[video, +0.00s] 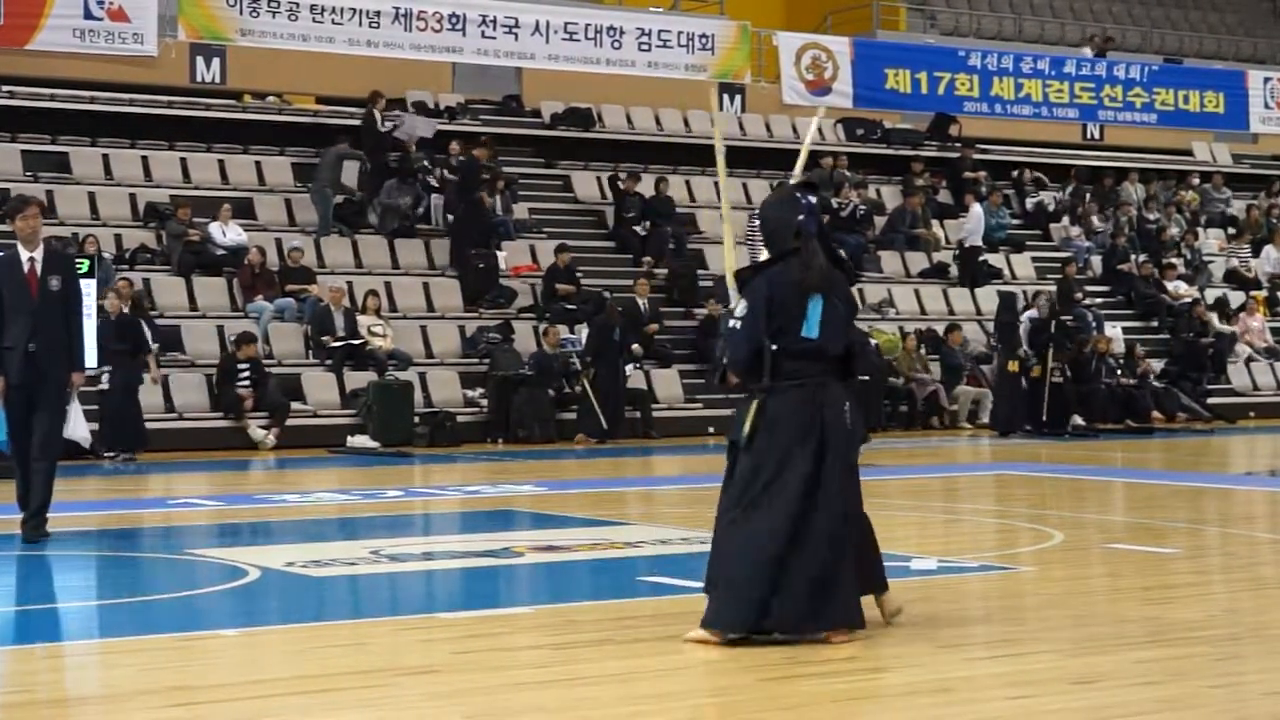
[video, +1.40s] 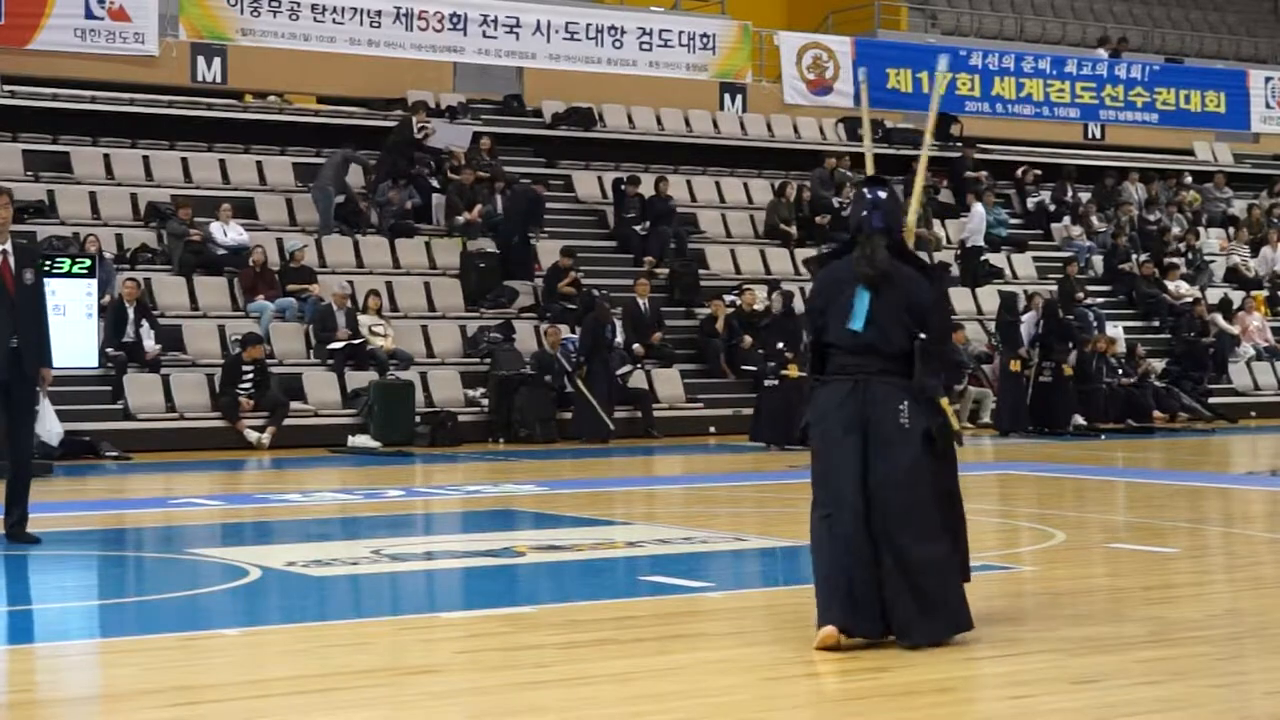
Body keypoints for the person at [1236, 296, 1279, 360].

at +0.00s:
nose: (1252, 310)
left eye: (1253, 308)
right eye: (1250, 308)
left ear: (1256, 307)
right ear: (1246, 308)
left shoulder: (1260, 317)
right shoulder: (1242, 316)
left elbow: (1265, 331)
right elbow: (1241, 331)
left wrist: (1271, 343)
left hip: (1260, 340)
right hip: (1249, 340)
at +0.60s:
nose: (1252, 306)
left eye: (1254, 304)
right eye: (1250, 304)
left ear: (1257, 305)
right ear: (1246, 306)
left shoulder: (1260, 317)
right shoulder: (1241, 317)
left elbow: (1266, 331)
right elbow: (1237, 331)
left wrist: (1272, 343)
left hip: (1261, 342)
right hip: (1249, 343)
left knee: (1276, 350)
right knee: (1259, 351)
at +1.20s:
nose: (1251, 305)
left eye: (1253, 303)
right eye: (1248, 303)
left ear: (1257, 304)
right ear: (1246, 305)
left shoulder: (1261, 316)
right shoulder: (1242, 315)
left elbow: (1266, 331)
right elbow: (1238, 329)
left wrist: (1272, 342)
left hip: (1261, 342)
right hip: (1248, 342)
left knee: (1276, 350)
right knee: (1260, 352)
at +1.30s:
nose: (1251, 305)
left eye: (1252, 302)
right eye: (1248, 303)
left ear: (1255, 303)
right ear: (1245, 305)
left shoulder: (1259, 315)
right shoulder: (1241, 315)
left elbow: (1266, 330)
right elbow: (1238, 331)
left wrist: (1273, 343)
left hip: (1262, 342)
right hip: (1249, 343)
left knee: (1276, 351)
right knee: (1260, 352)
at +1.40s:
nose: (1250, 305)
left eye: (1251, 302)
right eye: (1247, 303)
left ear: (1255, 304)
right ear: (1244, 305)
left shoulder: (1258, 315)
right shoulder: (1240, 316)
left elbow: (1266, 329)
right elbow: (1238, 332)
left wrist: (1272, 342)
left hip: (1262, 341)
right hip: (1249, 343)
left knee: (1276, 351)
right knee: (1260, 352)